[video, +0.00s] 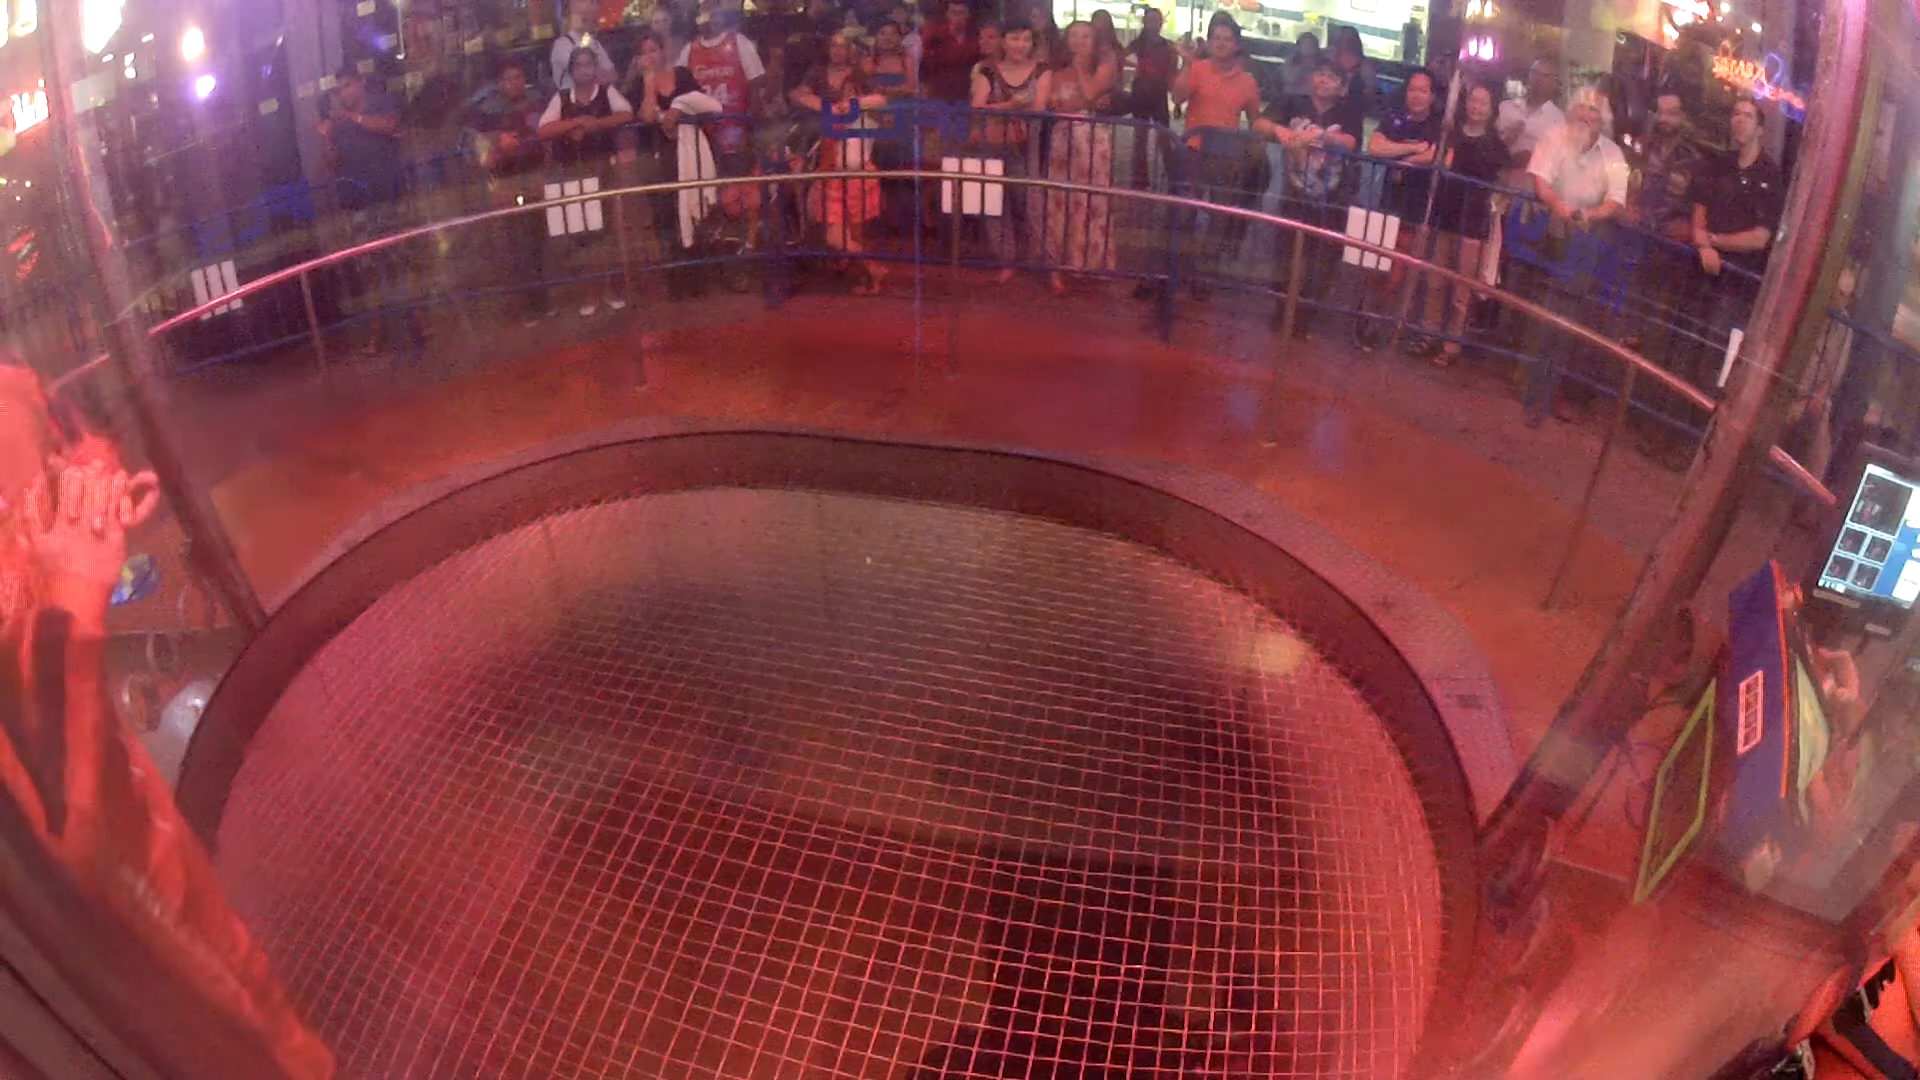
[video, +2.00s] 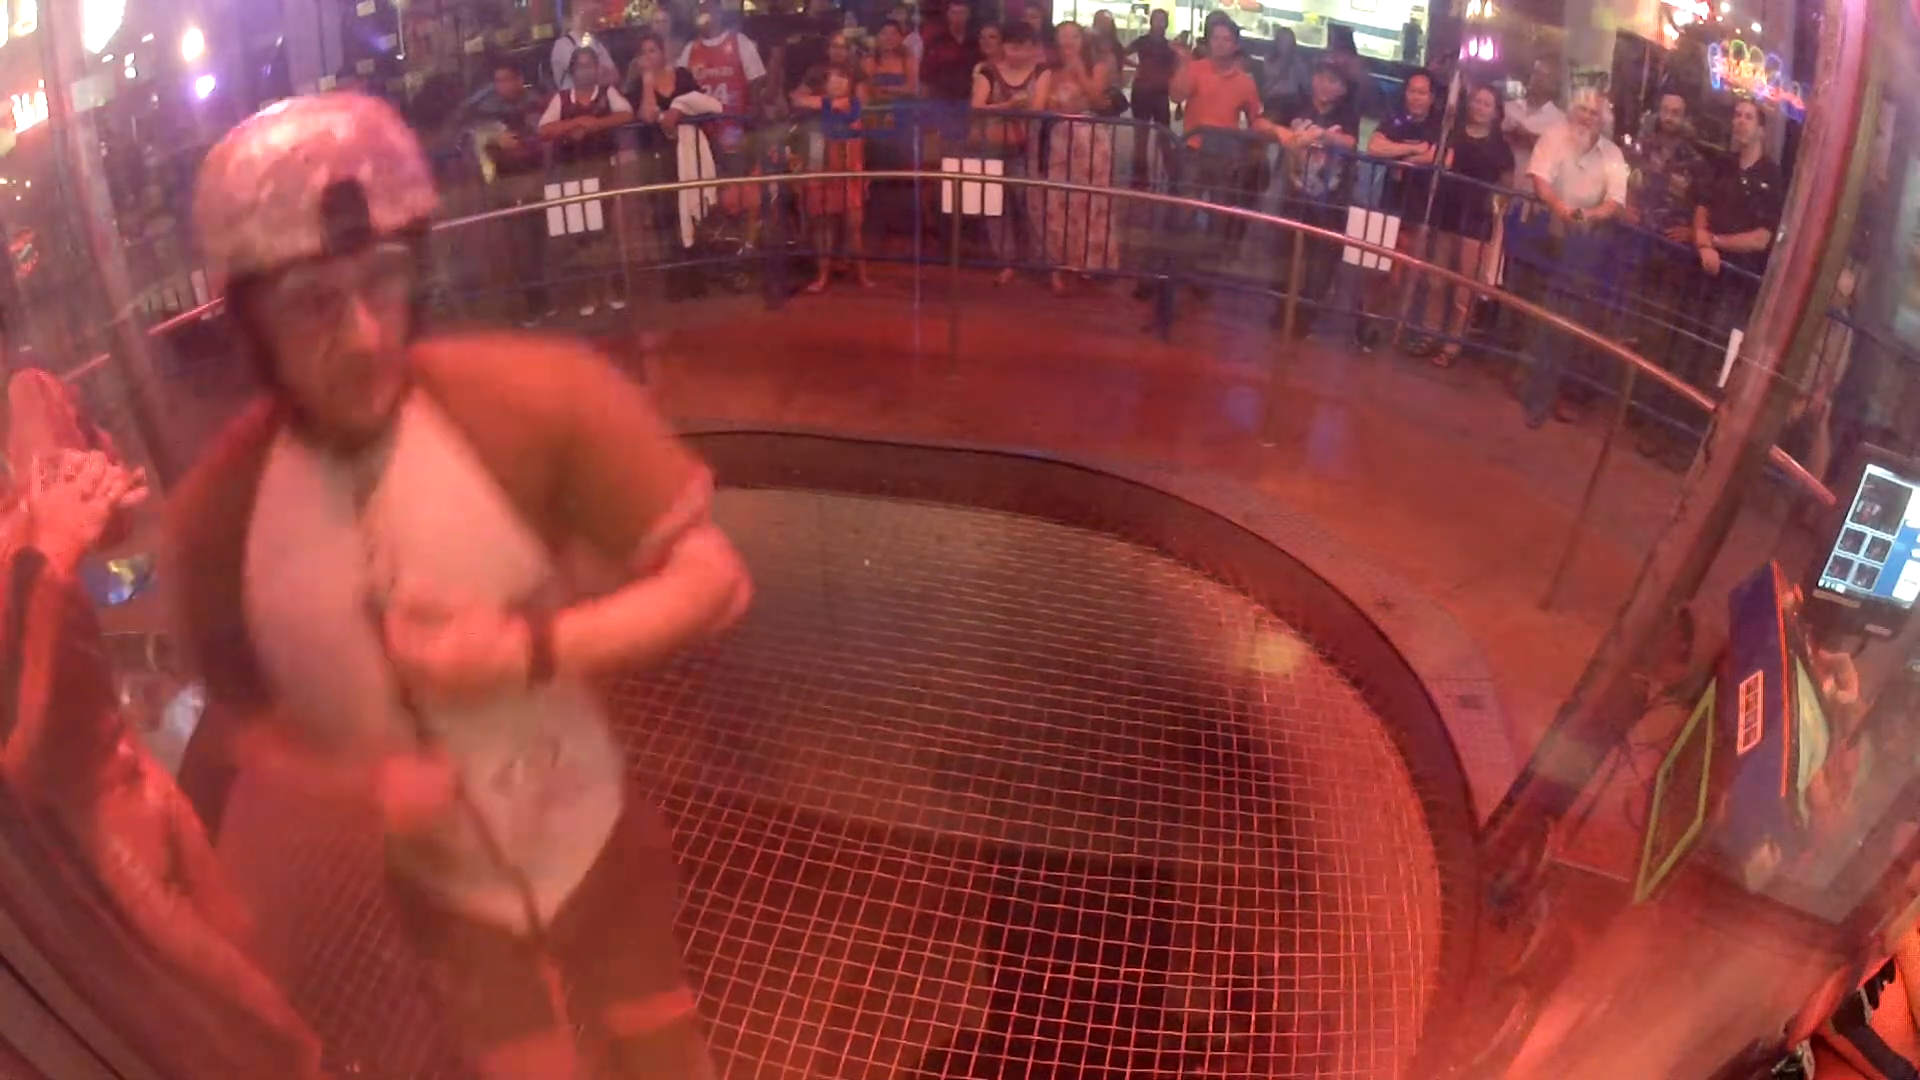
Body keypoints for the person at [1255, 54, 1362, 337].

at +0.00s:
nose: (1322, 81)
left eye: (1330, 78)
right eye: (1319, 75)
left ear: (1342, 89)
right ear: (1310, 79)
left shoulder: (1349, 112)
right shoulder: (1294, 104)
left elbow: (1351, 143)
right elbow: (1259, 124)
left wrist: (1320, 136)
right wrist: (1281, 132)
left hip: (1331, 201)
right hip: (1294, 195)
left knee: (1322, 262)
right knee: (1287, 253)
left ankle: (1306, 317)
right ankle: (1281, 310)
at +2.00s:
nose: (1327, 90)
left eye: (1334, 86)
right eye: (1324, 82)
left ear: (1343, 92)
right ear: (1313, 80)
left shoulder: (1346, 114)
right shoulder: (1293, 106)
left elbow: (1351, 144)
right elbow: (1260, 124)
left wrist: (1325, 135)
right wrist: (1286, 136)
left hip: (1330, 199)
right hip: (1295, 192)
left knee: (1321, 257)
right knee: (1287, 250)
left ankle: (1306, 313)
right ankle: (1281, 306)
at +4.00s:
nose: (1325, 85)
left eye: (1333, 81)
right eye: (1322, 78)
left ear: (1343, 90)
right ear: (1312, 79)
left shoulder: (1345, 114)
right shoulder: (1295, 107)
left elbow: (1350, 144)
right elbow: (1264, 126)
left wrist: (1323, 135)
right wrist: (1290, 138)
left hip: (1329, 195)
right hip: (1293, 189)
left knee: (1323, 256)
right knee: (1286, 248)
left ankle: (1307, 314)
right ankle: (1281, 306)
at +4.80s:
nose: (1327, 86)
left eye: (1334, 81)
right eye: (1324, 78)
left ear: (1344, 87)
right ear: (1313, 77)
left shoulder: (1346, 111)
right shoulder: (1293, 100)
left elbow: (1350, 143)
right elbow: (1261, 124)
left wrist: (1322, 134)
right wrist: (1283, 133)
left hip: (1330, 196)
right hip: (1293, 190)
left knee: (1323, 257)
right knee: (1286, 250)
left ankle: (1307, 315)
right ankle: (1279, 308)